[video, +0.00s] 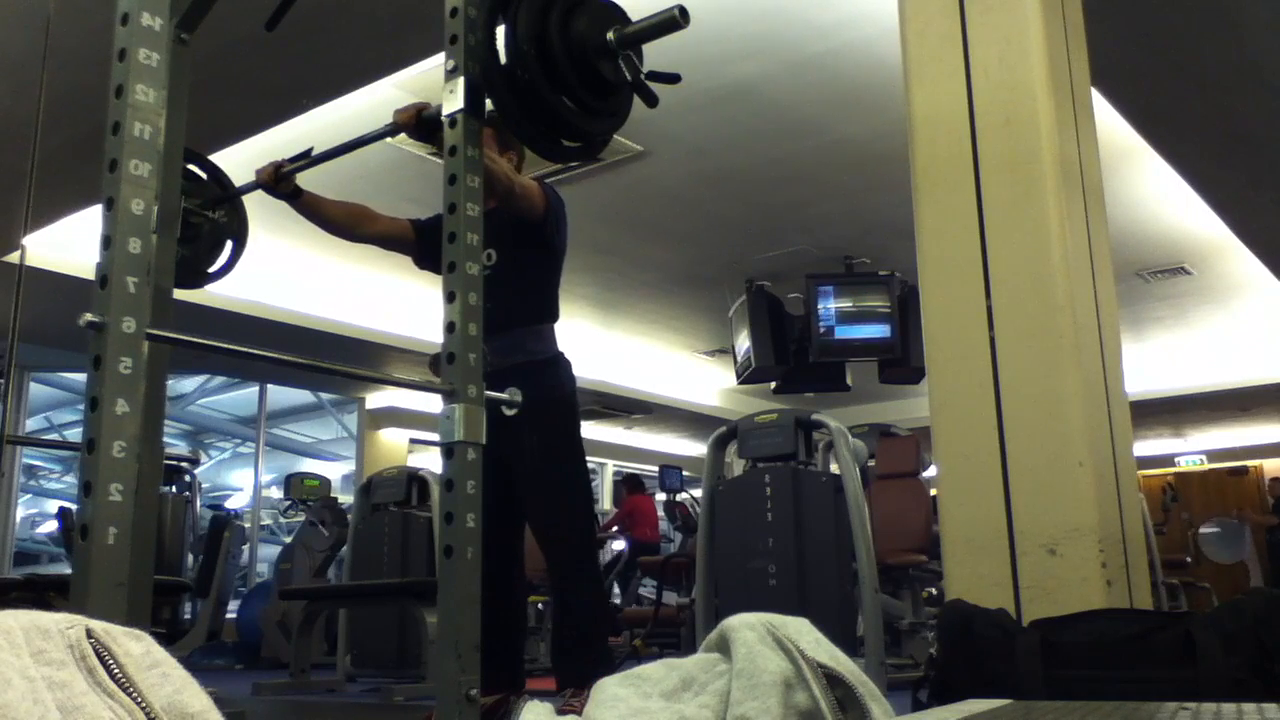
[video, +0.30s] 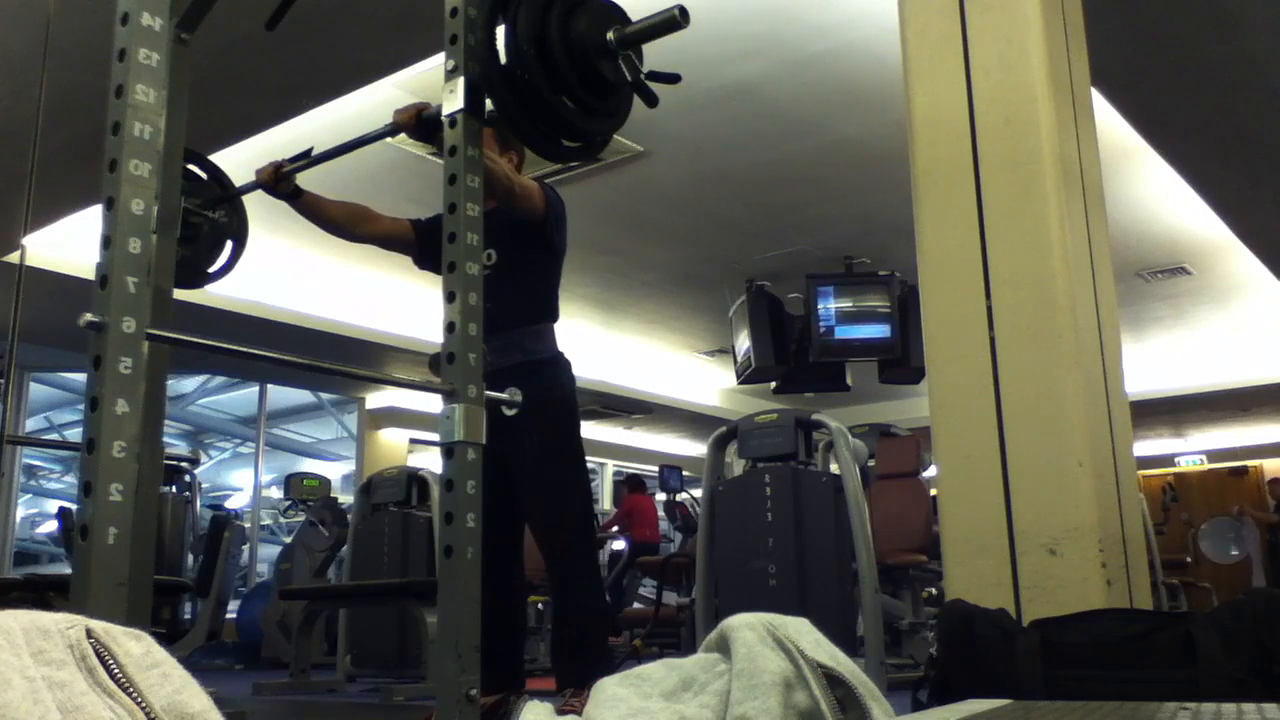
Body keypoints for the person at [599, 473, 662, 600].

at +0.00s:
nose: (624, 491)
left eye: (625, 488)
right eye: (624, 488)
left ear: (629, 488)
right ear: (641, 486)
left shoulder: (631, 501)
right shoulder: (649, 500)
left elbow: (617, 519)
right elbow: (634, 523)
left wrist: (602, 529)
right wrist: (617, 532)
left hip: (637, 546)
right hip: (654, 546)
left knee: (609, 569)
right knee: (625, 572)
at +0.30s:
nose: (625, 491)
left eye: (626, 488)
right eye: (626, 488)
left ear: (630, 488)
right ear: (643, 487)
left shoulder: (631, 500)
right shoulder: (650, 500)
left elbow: (616, 520)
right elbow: (639, 521)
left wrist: (601, 529)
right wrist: (621, 529)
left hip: (637, 547)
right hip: (654, 547)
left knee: (614, 559)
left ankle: (617, 602)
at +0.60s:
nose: (624, 490)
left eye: (625, 487)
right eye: (624, 487)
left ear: (629, 487)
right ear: (643, 486)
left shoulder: (631, 500)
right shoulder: (649, 500)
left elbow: (616, 520)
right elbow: (635, 522)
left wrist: (600, 530)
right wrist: (617, 533)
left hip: (636, 544)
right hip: (653, 545)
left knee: (605, 553)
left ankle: (610, 584)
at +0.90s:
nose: (623, 491)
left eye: (624, 487)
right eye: (623, 488)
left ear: (629, 487)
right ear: (642, 486)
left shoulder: (631, 500)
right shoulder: (649, 500)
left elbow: (617, 519)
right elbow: (635, 522)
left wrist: (601, 529)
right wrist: (618, 532)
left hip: (637, 545)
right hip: (654, 545)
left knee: (621, 573)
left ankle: (629, 601)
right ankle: (635, 600)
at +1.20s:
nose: (626, 490)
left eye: (627, 487)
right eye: (626, 487)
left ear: (630, 488)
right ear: (644, 488)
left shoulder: (631, 500)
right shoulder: (650, 501)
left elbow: (618, 518)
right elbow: (639, 521)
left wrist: (602, 529)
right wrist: (621, 529)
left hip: (636, 546)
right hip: (654, 546)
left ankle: (618, 604)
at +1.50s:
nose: (624, 489)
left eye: (626, 486)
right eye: (624, 486)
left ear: (630, 486)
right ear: (642, 486)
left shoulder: (631, 500)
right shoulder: (649, 500)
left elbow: (616, 519)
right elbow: (633, 524)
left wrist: (601, 529)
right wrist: (614, 534)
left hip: (637, 546)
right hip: (654, 547)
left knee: (605, 553)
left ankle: (611, 586)